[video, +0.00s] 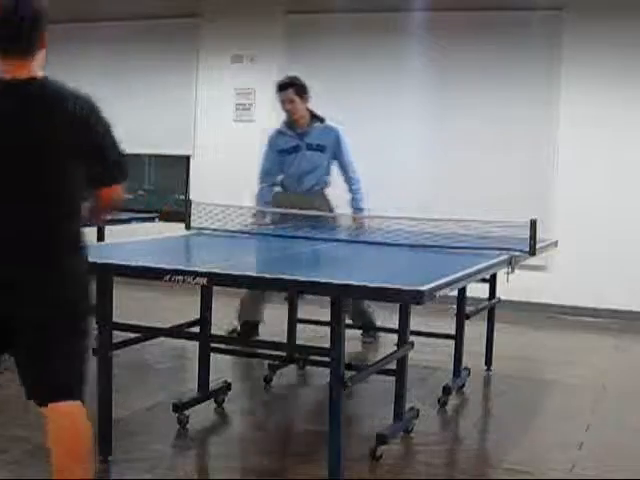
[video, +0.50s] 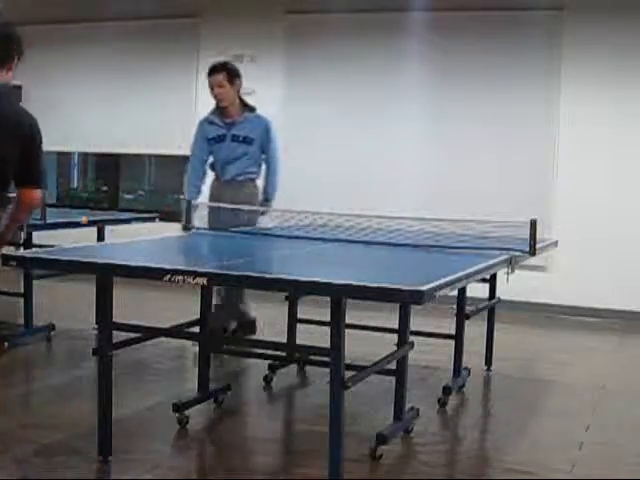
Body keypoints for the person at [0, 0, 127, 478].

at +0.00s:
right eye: (44, 38)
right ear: (42, 41)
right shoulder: (71, 108)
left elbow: (109, 191)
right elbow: (112, 191)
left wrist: (90, 205)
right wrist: (85, 207)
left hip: (5, 278)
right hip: (50, 278)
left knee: (62, 399)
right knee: (62, 397)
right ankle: (76, 474)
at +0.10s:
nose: (24, 49)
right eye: (24, 42)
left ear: (8, 47)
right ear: (20, 46)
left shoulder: (43, 108)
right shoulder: (43, 108)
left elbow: (79, 189)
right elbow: (80, 189)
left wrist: (45, 204)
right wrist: (43, 203)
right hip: (27, 257)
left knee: (45, 372)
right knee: (45, 370)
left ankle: (66, 466)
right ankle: (67, 468)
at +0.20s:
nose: (10, 50)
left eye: (4, 43)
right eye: (12, 43)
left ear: (1, 46)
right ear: (10, 47)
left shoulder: (34, 105)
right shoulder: (33, 105)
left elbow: (56, 189)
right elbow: (57, 189)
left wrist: (26, 197)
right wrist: (22, 199)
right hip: (13, 252)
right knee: (27, 351)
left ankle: (43, 431)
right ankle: (42, 430)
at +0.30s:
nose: (9, 47)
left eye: (6, 41)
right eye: (12, 41)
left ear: (3, 43)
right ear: (10, 44)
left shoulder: (29, 103)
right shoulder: (28, 103)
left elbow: (44, 184)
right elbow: (46, 184)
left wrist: (23, 200)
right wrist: (20, 201)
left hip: (8, 233)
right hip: (6, 235)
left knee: (12, 329)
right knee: (10, 329)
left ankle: (14, 420)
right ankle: (14, 420)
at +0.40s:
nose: (12, 55)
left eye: (8, 47)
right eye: (15, 48)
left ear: (2, 48)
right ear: (11, 49)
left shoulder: (24, 107)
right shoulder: (21, 107)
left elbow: (37, 187)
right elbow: (39, 188)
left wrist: (17, 212)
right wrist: (16, 212)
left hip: (1, 239)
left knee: (5, 340)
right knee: (1, 340)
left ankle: (4, 433)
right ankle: (1, 434)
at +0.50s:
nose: (15, 69)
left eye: (15, 64)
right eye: (17, 64)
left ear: (9, 64)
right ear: (12, 63)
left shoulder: (20, 120)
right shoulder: (19, 120)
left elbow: (30, 197)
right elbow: (31, 196)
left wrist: (8, 232)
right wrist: (8, 232)